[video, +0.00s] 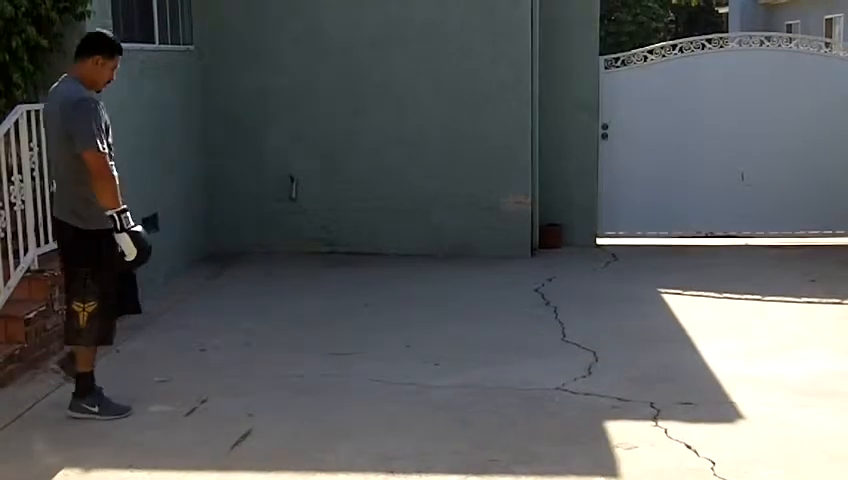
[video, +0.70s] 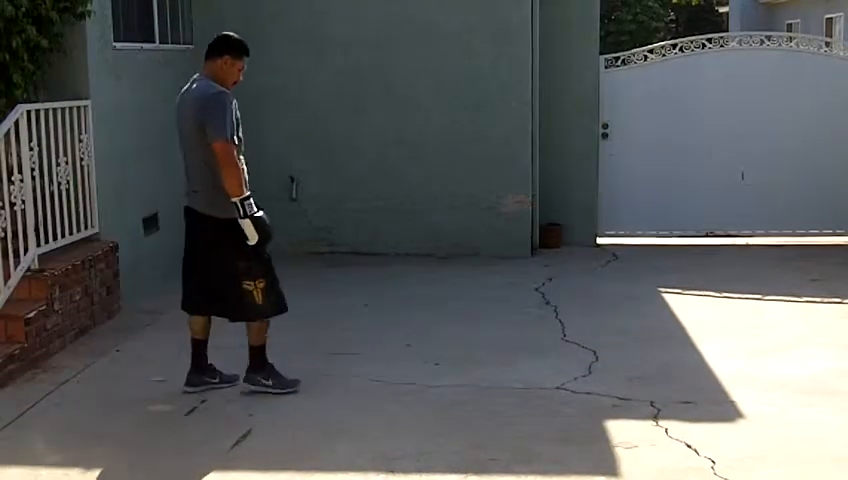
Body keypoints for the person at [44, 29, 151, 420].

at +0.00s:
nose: (113, 77)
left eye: (115, 69)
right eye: (112, 68)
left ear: (86, 61)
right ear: (95, 62)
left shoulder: (62, 94)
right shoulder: (81, 102)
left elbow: (82, 166)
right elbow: (99, 169)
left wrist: (114, 209)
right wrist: (123, 222)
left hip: (76, 221)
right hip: (88, 225)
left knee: (96, 297)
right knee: (90, 306)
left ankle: (76, 356)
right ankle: (85, 393)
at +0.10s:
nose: (133, 78)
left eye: (135, 69)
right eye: (132, 68)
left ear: (107, 61)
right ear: (115, 62)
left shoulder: (79, 93)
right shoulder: (105, 101)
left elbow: (75, 160)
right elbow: (126, 165)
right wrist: (154, 210)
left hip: (106, 222)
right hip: (104, 225)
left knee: (136, 292)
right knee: (98, 308)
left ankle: (133, 370)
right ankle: (86, 393)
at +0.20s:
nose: (153, 79)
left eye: (155, 72)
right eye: (152, 71)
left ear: (126, 63)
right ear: (136, 64)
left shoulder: (97, 97)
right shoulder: (127, 103)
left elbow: (86, 159)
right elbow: (150, 167)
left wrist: (87, 207)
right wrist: (183, 213)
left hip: (115, 221)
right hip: (125, 225)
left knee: (151, 296)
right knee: (111, 307)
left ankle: (184, 366)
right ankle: (87, 392)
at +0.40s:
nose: (190, 77)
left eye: (191, 69)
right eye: (188, 69)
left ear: (162, 64)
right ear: (173, 64)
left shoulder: (135, 100)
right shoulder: (169, 100)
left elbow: (129, 161)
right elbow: (185, 162)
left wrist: (134, 211)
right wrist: (214, 209)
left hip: (159, 221)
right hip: (168, 225)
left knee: (189, 293)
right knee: (160, 307)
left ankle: (198, 369)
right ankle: (113, 372)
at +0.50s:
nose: (208, 75)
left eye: (208, 68)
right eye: (206, 67)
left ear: (178, 62)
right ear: (190, 62)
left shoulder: (158, 95)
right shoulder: (186, 99)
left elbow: (165, 160)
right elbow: (198, 158)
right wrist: (224, 209)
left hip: (173, 215)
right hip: (192, 218)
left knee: (190, 290)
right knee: (211, 292)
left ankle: (198, 368)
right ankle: (152, 357)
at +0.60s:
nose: (224, 76)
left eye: (226, 69)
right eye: (222, 68)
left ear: (197, 62)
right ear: (206, 61)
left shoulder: (175, 93)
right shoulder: (200, 98)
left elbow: (186, 157)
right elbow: (211, 157)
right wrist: (233, 209)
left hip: (187, 214)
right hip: (210, 217)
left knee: (196, 290)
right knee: (236, 295)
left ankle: (196, 364)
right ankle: (203, 363)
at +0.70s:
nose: (241, 76)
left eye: (242, 69)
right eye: (240, 68)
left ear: (217, 61)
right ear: (223, 61)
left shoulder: (192, 92)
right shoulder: (218, 97)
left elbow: (200, 154)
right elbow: (224, 154)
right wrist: (249, 210)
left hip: (199, 214)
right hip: (228, 215)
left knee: (201, 291)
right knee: (260, 290)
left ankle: (199, 369)